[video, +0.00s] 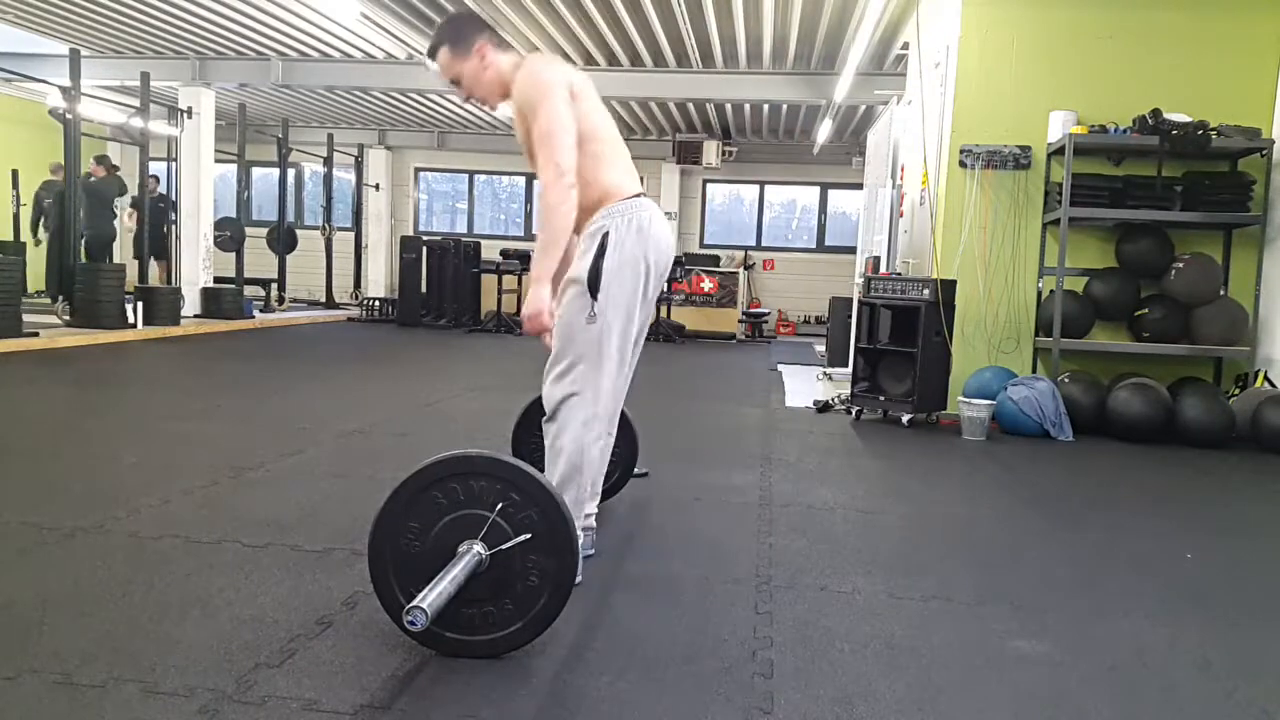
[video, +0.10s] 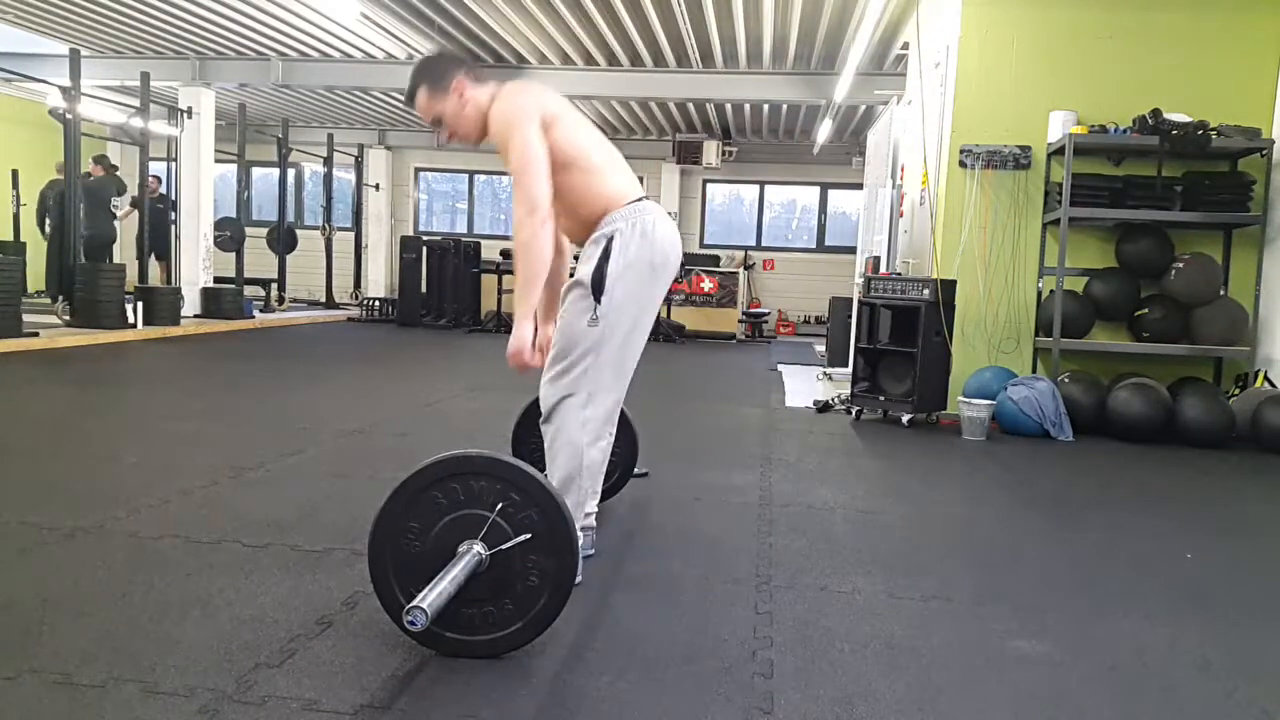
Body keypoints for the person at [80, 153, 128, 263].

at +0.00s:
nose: (90, 167)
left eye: (92, 164)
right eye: (90, 164)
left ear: (101, 167)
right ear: (106, 167)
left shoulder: (90, 185)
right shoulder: (115, 181)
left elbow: (81, 183)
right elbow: (123, 191)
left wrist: (88, 174)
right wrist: (114, 174)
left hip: (93, 229)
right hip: (109, 228)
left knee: (94, 266)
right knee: (105, 265)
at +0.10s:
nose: (89, 167)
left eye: (91, 164)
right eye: (89, 164)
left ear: (99, 167)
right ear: (103, 167)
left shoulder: (88, 184)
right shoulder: (115, 181)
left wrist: (85, 175)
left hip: (92, 229)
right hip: (109, 228)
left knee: (92, 266)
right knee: (104, 266)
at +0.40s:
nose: (89, 169)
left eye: (91, 166)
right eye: (90, 166)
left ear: (96, 167)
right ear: (108, 167)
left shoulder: (86, 184)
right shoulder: (119, 185)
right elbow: (120, 209)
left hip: (93, 231)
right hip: (114, 233)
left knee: (91, 270)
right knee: (107, 269)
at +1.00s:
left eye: (97, 169)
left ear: (97, 170)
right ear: (112, 169)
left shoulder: (88, 186)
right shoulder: (122, 187)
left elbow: (79, 211)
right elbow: (130, 213)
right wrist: (128, 231)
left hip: (97, 234)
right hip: (121, 234)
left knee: (90, 272)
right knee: (111, 271)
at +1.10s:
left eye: (97, 169)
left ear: (97, 169)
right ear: (111, 169)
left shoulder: (87, 186)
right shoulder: (122, 187)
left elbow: (79, 209)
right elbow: (130, 213)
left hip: (97, 234)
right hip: (121, 233)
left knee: (90, 271)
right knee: (111, 270)